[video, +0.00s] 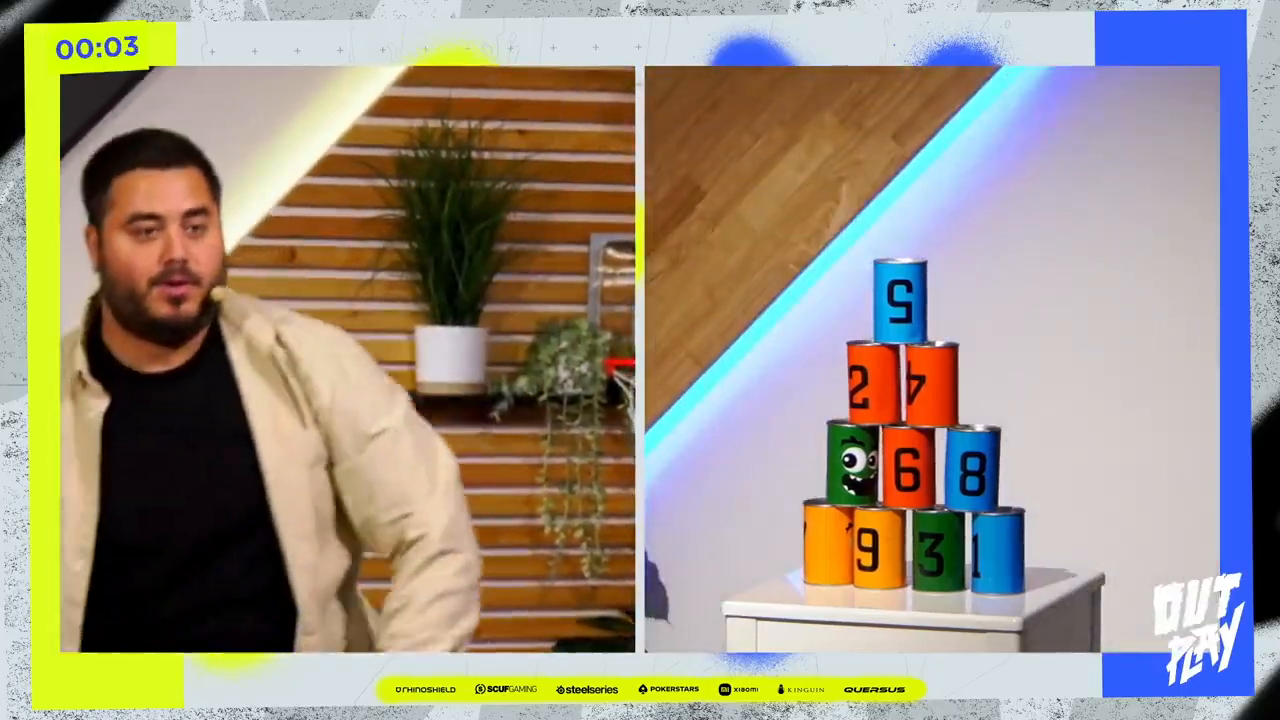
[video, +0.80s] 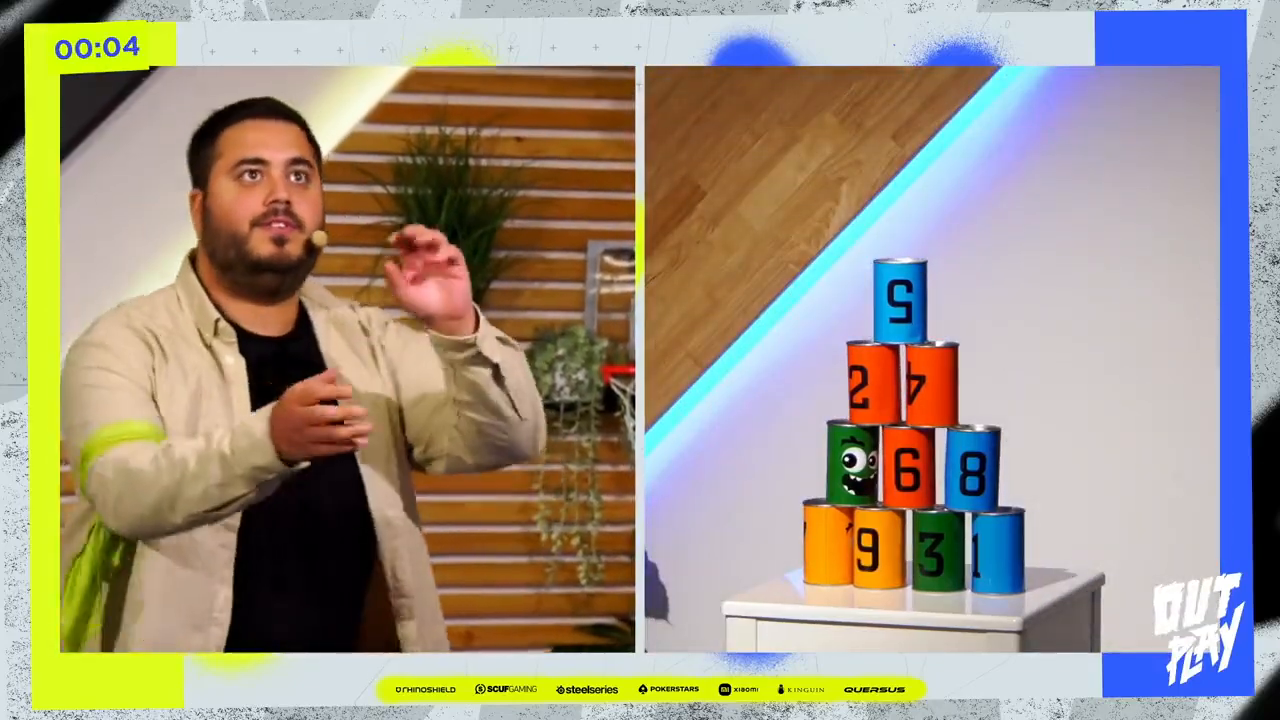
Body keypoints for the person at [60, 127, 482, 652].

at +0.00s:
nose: (177, 253)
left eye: (196, 225)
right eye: (145, 230)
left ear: (221, 235)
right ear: (95, 246)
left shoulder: (312, 364)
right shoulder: (37, 394)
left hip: (295, 708)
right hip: (92, 711)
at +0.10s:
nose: (218, 239)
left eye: (238, 212)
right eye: (187, 215)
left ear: (263, 222)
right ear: (140, 230)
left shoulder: (352, 356)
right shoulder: (60, 387)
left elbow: (487, 494)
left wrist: (471, 626)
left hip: (312, 700)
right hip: (123, 700)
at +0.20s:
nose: (257, 235)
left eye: (279, 211)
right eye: (228, 211)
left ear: (304, 223)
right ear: (183, 225)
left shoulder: (386, 362)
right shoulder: (101, 378)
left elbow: (511, 484)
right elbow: (39, 543)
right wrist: (114, 595)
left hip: (346, 692)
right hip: (170, 695)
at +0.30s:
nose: (291, 230)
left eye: (312, 206)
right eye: (262, 206)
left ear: (337, 219)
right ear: (217, 218)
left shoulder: (408, 362)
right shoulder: (134, 360)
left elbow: (496, 526)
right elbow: (67, 514)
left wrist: (519, 491)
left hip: (372, 695)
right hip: (201, 695)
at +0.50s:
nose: (311, 211)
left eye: (333, 189)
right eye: (284, 189)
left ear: (357, 213)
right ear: (240, 209)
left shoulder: (414, 354)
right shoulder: (155, 342)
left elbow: (532, 510)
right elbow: (91, 490)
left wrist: (495, 428)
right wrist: (183, 442)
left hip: (381, 694)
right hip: (201, 693)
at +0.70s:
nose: (290, 199)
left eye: (310, 179)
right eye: (260, 178)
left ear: (332, 207)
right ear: (213, 207)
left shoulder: (393, 337)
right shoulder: (136, 343)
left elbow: (521, 458)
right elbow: (106, 496)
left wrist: (462, 353)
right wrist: (226, 444)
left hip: (387, 685)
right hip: (211, 686)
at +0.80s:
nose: (280, 195)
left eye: (300, 176)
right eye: (249, 175)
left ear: (321, 208)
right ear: (200, 208)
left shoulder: (379, 340)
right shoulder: (124, 345)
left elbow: (510, 440)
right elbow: (127, 495)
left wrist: (461, 329)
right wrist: (269, 440)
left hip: (363, 680)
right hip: (194, 682)